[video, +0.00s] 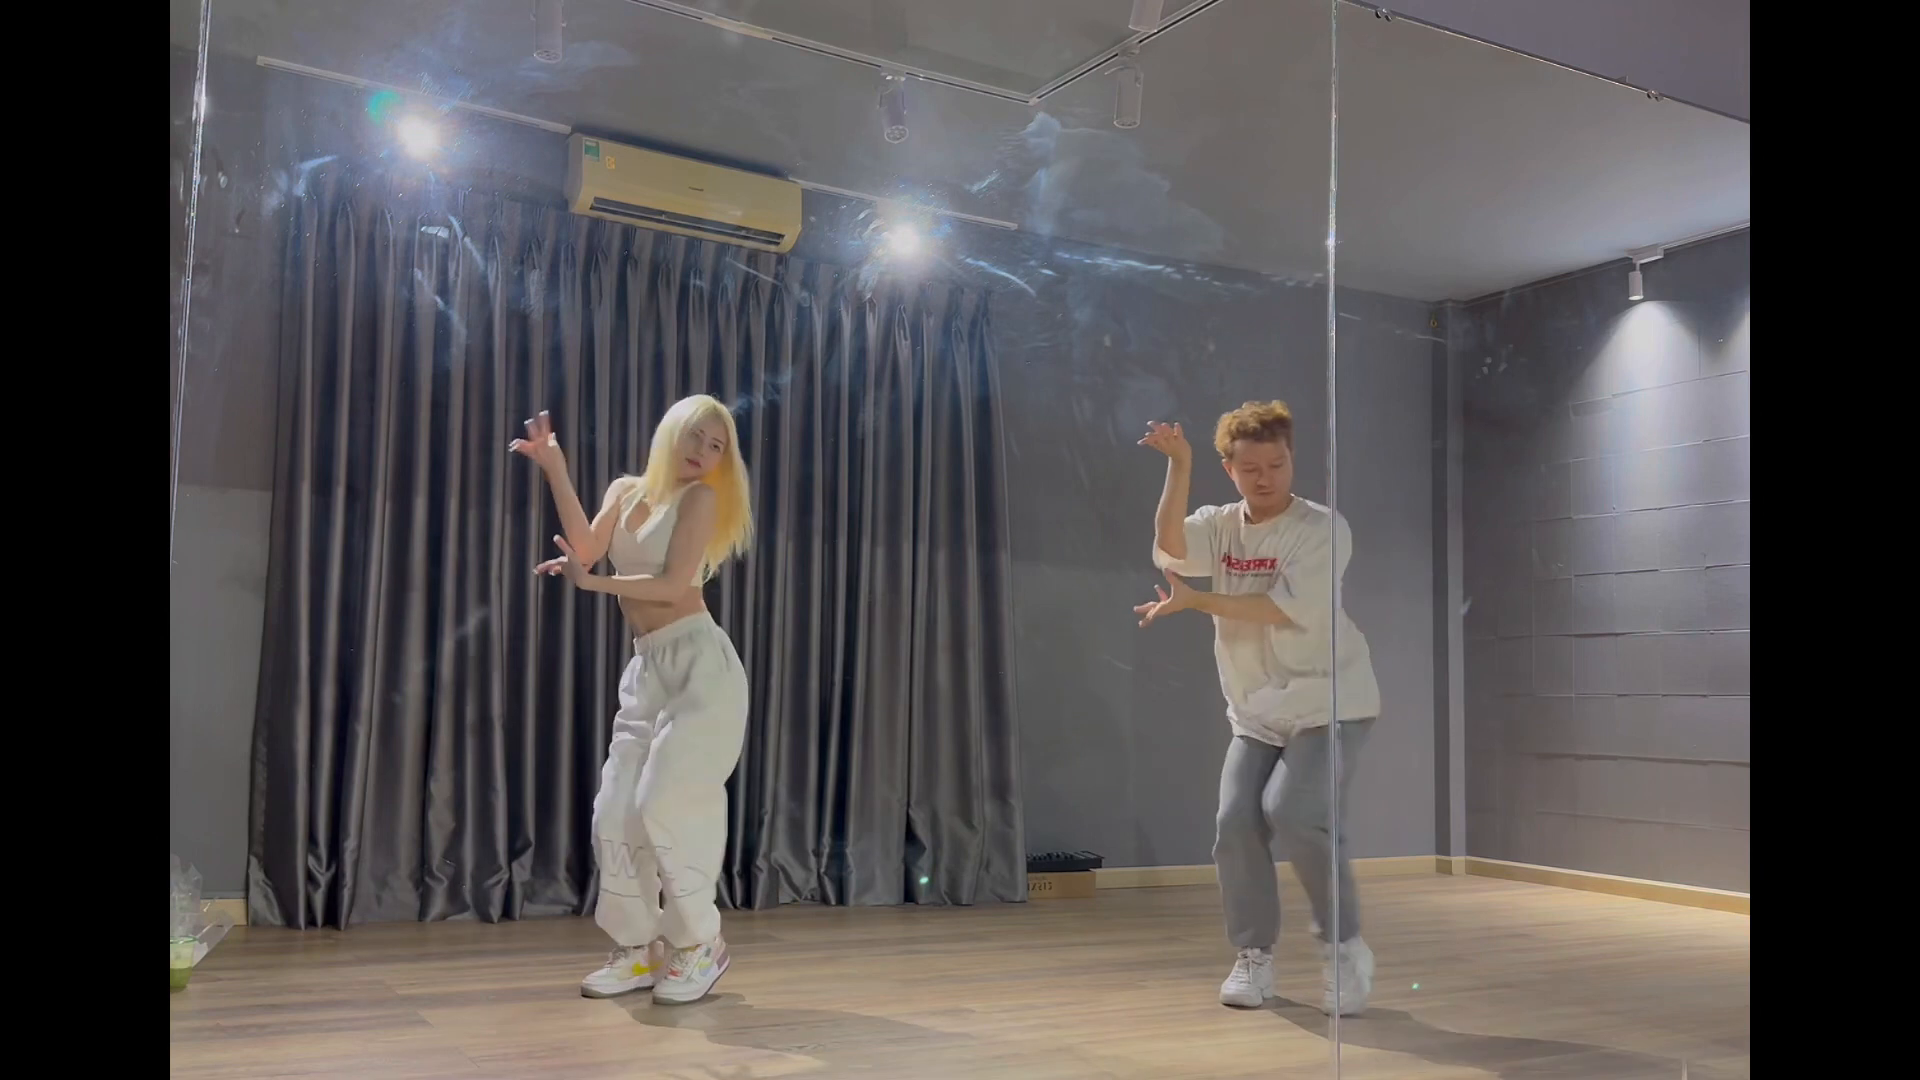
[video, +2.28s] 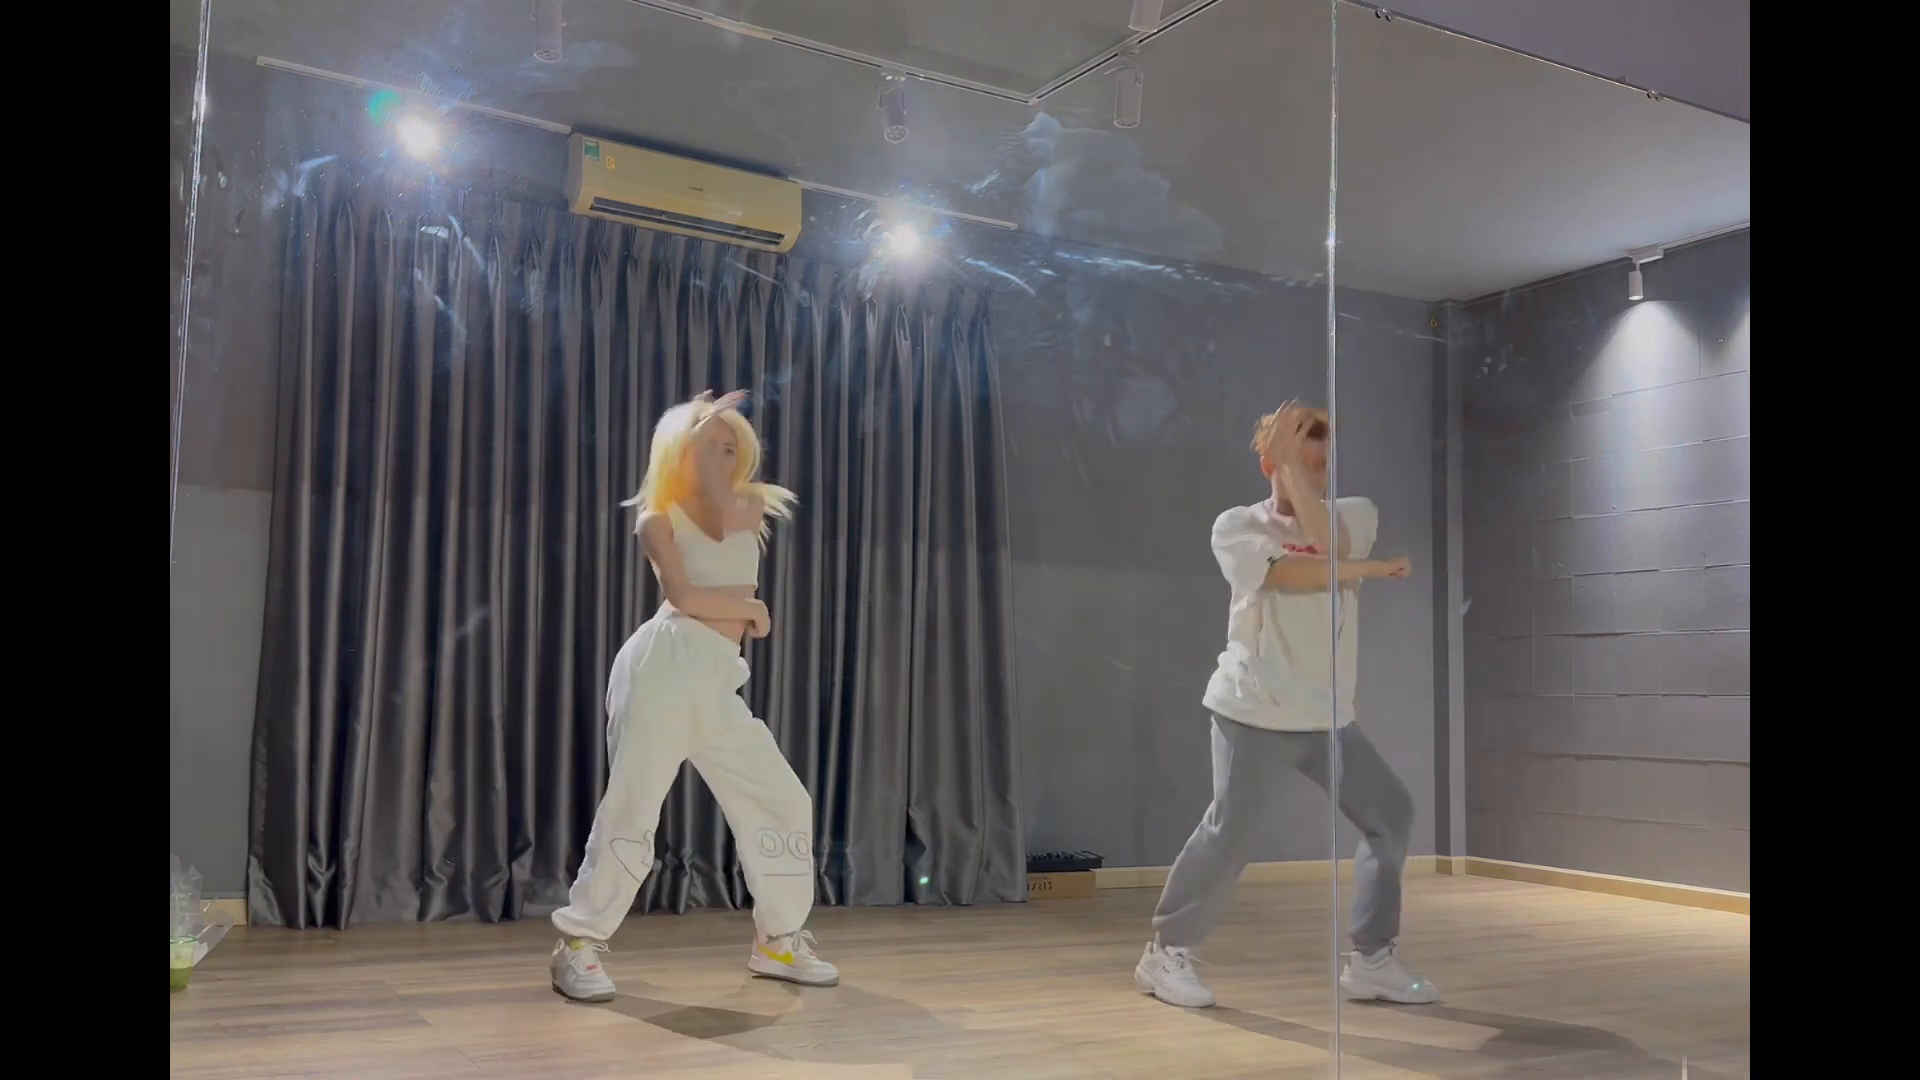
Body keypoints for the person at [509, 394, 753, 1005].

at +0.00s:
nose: (703, 452)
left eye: (715, 446)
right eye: (696, 438)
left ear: (722, 456)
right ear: (671, 435)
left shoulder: (699, 501)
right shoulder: (626, 491)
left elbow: (676, 586)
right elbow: (587, 546)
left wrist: (592, 580)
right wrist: (555, 466)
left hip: (701, 667)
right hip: (647, 673)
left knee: (662, 804)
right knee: (615, 809)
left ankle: (701, 945)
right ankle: (643, 950)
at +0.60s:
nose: (697, 438)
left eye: (706, 427)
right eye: (685, 427)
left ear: (717, 429)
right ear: (659, 429)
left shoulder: (720, 470)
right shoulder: (635, 495)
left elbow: (719, 541)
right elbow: (626, 561)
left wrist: (678, 601)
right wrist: (571, 506)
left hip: (710, 650)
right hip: (641, 647)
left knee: (706, 805)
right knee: (625, 798)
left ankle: (719, 949)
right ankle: (642, 949)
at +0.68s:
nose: (701, 430)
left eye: (712, 421)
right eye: (689, 419)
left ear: (723, 428)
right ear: (664, 424)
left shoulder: (728, 464)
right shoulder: (639, 491)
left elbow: (779, 518)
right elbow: (649, 587)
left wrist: (734, 576)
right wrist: (609, 529)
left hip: (721, 655)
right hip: (649, 653)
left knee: (729, 804)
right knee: (626, 800)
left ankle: (766, 921)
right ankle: (639, 943)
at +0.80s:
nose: (720, 438)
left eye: (729, 432)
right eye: (707, 430)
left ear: (743, 452)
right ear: (682, 448)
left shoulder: (754, 517)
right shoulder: (655, 507)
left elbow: (807, 588)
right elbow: (641, 591)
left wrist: (787, 518)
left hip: (754, 689)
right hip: (676, 689)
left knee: (776, 822)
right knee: (590, 797)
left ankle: (792, 942)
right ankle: (635, 936)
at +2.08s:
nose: (739, 459)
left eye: (746, 449)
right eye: (727, 448)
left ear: (754, 459)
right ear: (701, 453)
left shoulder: (746, 515)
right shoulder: (678, 489)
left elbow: (790, 549)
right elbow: (672, 570)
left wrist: (808, 490)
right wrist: (742, 608)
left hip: (751, 680)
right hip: (680, 683)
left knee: (791, 814)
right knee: (622, 812)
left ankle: (789, 944)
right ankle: (635, 946)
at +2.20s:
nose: (725, 444)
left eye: (736, 435)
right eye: (714, 432)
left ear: (747, 443)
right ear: (686, 437)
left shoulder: (752, 499)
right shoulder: (666, 493)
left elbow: (761, 483)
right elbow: (676, 576)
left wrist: (762, 419)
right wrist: (746, 593)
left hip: (730, 672)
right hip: (670, 664)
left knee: (790, 801)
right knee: (636, 812)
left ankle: (780, 939)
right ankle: (582, 943)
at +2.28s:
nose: (724, 457)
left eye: (733, 447)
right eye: (712, 445)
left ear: (744, 459)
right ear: (685, 451)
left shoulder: (755, 511)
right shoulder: (661, 516)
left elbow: (737, 590)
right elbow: (680, 596)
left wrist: (742, 618)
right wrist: (751, 608)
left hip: (719, 680)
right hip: (664, 669)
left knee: (785, 802)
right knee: (632, 809)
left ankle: (778, 939)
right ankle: (579, 946)